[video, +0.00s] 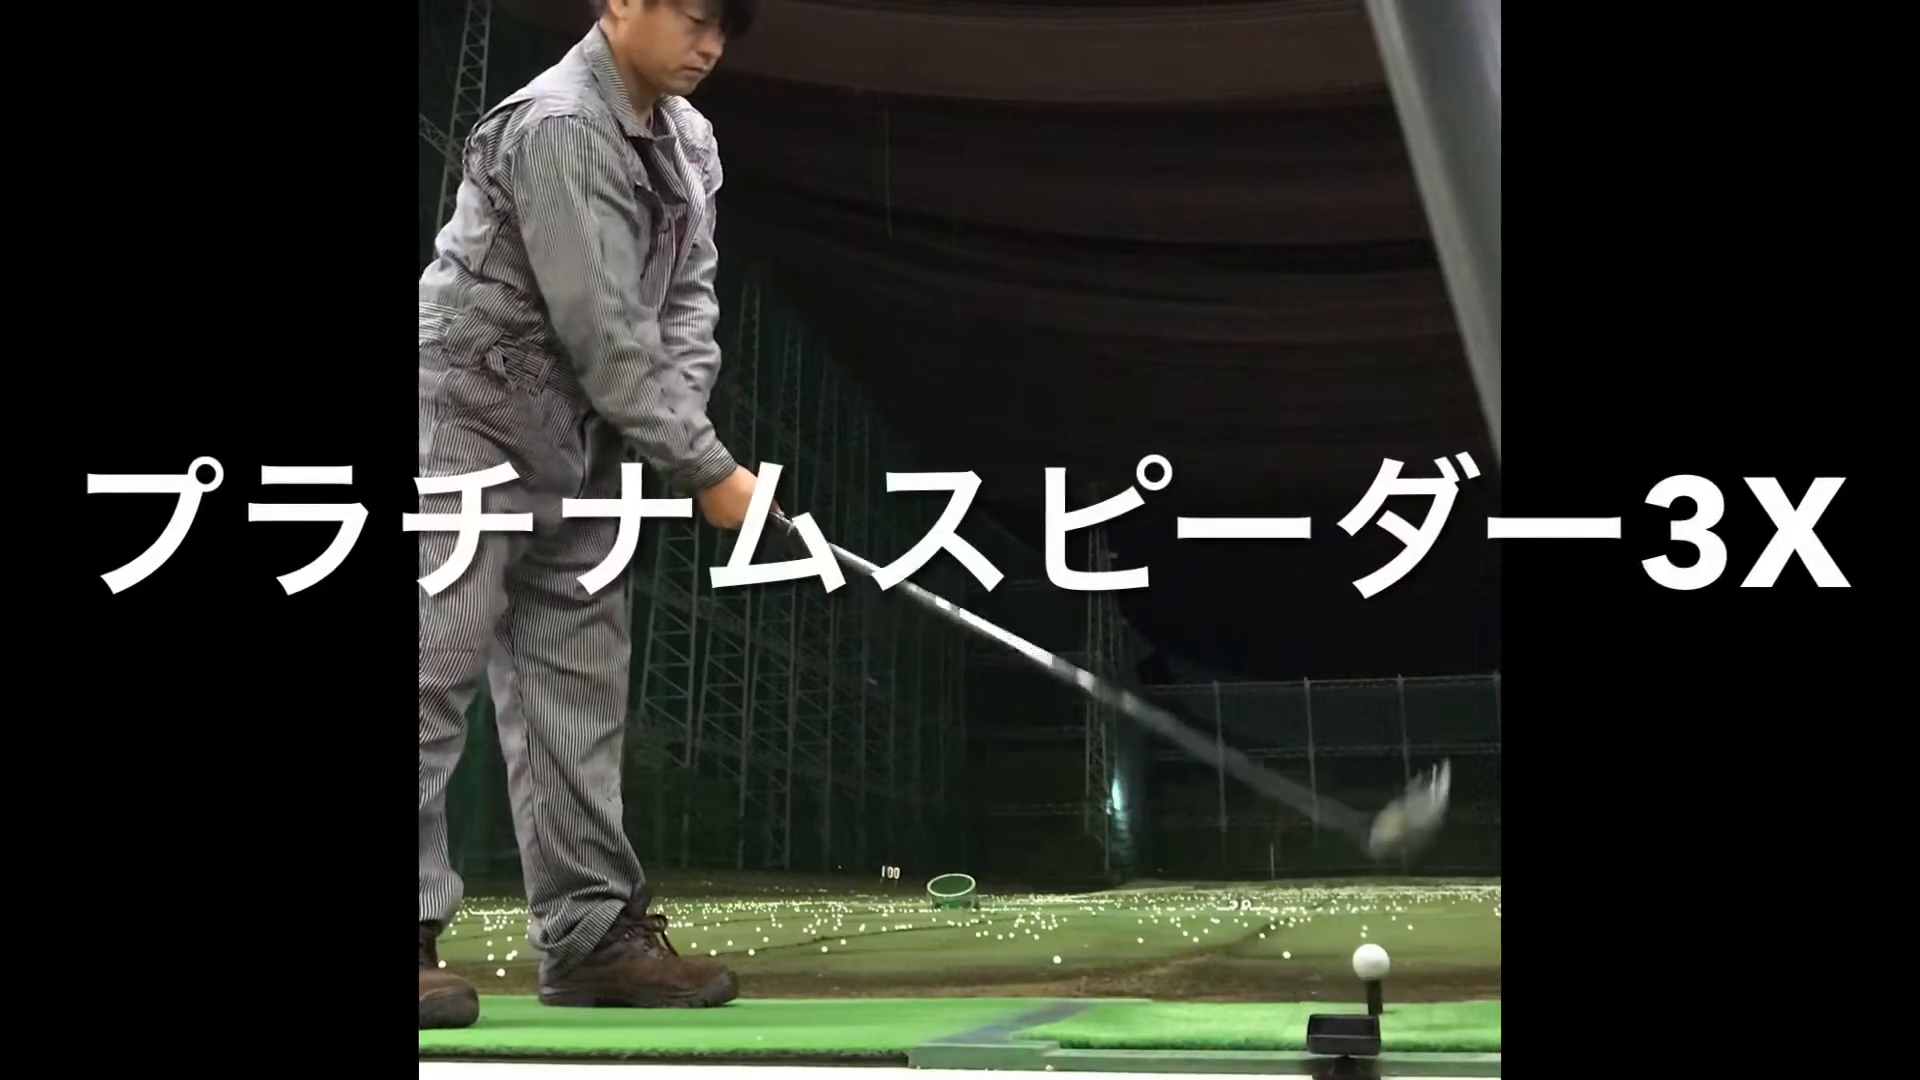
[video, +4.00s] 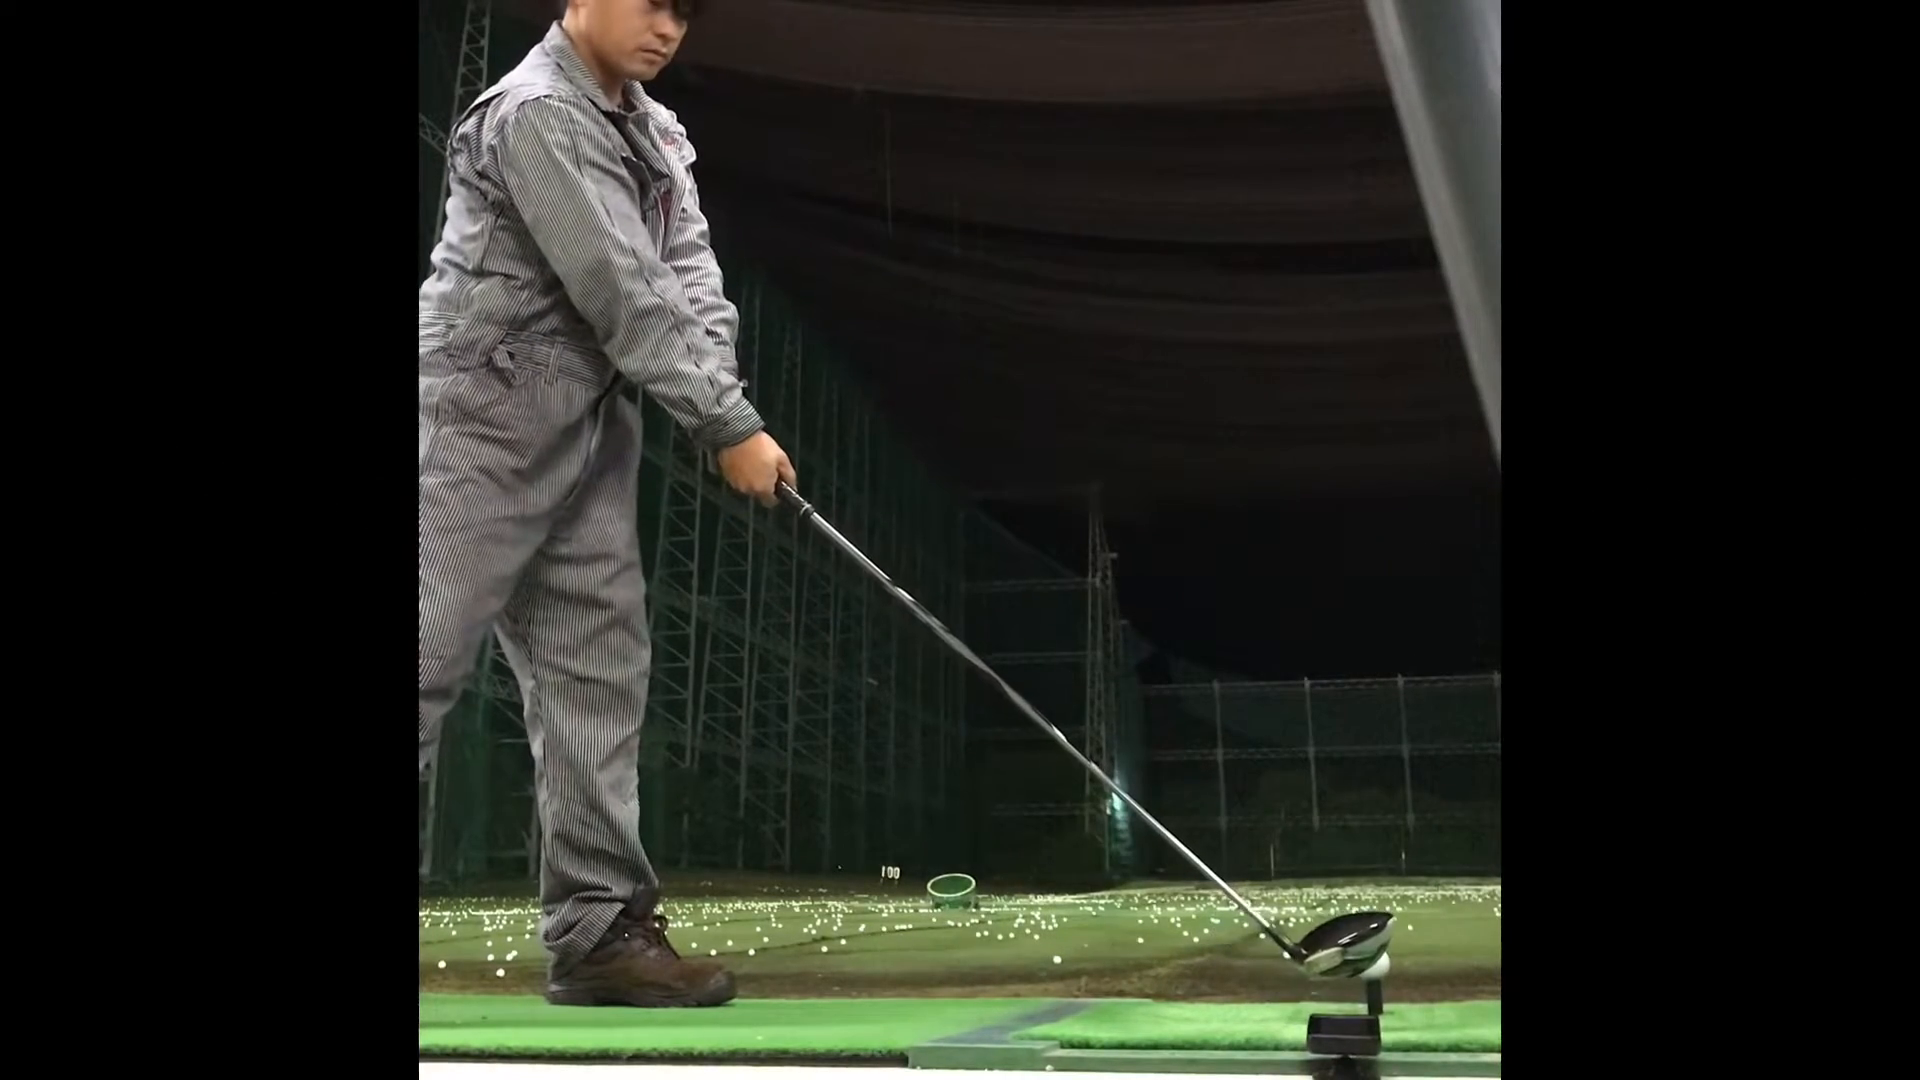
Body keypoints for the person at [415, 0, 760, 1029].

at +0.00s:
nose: (708, 45)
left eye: (721, 26)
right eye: (687, 19)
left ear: (727, 32)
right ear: (617, 9)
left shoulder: (692, 136)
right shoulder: (561, 124)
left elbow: (692, 302)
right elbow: (601, 331)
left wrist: (673, 424)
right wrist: (710, 469)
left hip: (576, 435)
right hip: (463, 416)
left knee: (574, 679)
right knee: (437, 670)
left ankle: (591, 940)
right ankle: (417, 945)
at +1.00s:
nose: (688, 22)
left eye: (692, 6)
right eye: (667, 3)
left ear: (687, 19)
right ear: (593, 9)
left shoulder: (677, 127)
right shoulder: (552, 122)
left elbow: (705, 288)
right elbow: (629, 307)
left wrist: (720, 432)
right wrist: (733, 449)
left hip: (582, 447)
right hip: (468, 437)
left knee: (586, 685)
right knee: (424, 682)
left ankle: (595, 939)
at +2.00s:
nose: (710, 18)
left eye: (709, 5)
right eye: (704, 4)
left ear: (656, 12)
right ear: (663, 8)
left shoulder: (672, 125)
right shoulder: (546, 111)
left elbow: (695, 285)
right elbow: (617, 298)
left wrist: (723, 418)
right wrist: (743, 427)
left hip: (579, 455)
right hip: (471, 443)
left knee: (594, 679)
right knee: (426, 686)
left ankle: (597, 936)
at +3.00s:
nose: (684, 27)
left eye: (693, 11)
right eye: (662, 8)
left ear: (695, 22)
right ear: (590, 10)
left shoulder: (681, 130)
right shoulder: (553, 125)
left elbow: (706, 287)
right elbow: (626, 309)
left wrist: (709, 417)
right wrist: (727, 453)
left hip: (583, 457)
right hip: (469, 442)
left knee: (606, 676)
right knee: (423, 664)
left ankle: (601, 935)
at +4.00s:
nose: (669, 26)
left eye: (679, 11)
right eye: (650, 4)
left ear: (681, 25)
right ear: (581, 4)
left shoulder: (657, 130)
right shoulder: (539, 110)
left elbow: (690, 270)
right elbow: (620, 286)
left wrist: (720, 407)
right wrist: (726, 426)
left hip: (585, 438)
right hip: (474, 426)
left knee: (595, 671)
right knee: (428, 670)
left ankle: (597, 935)